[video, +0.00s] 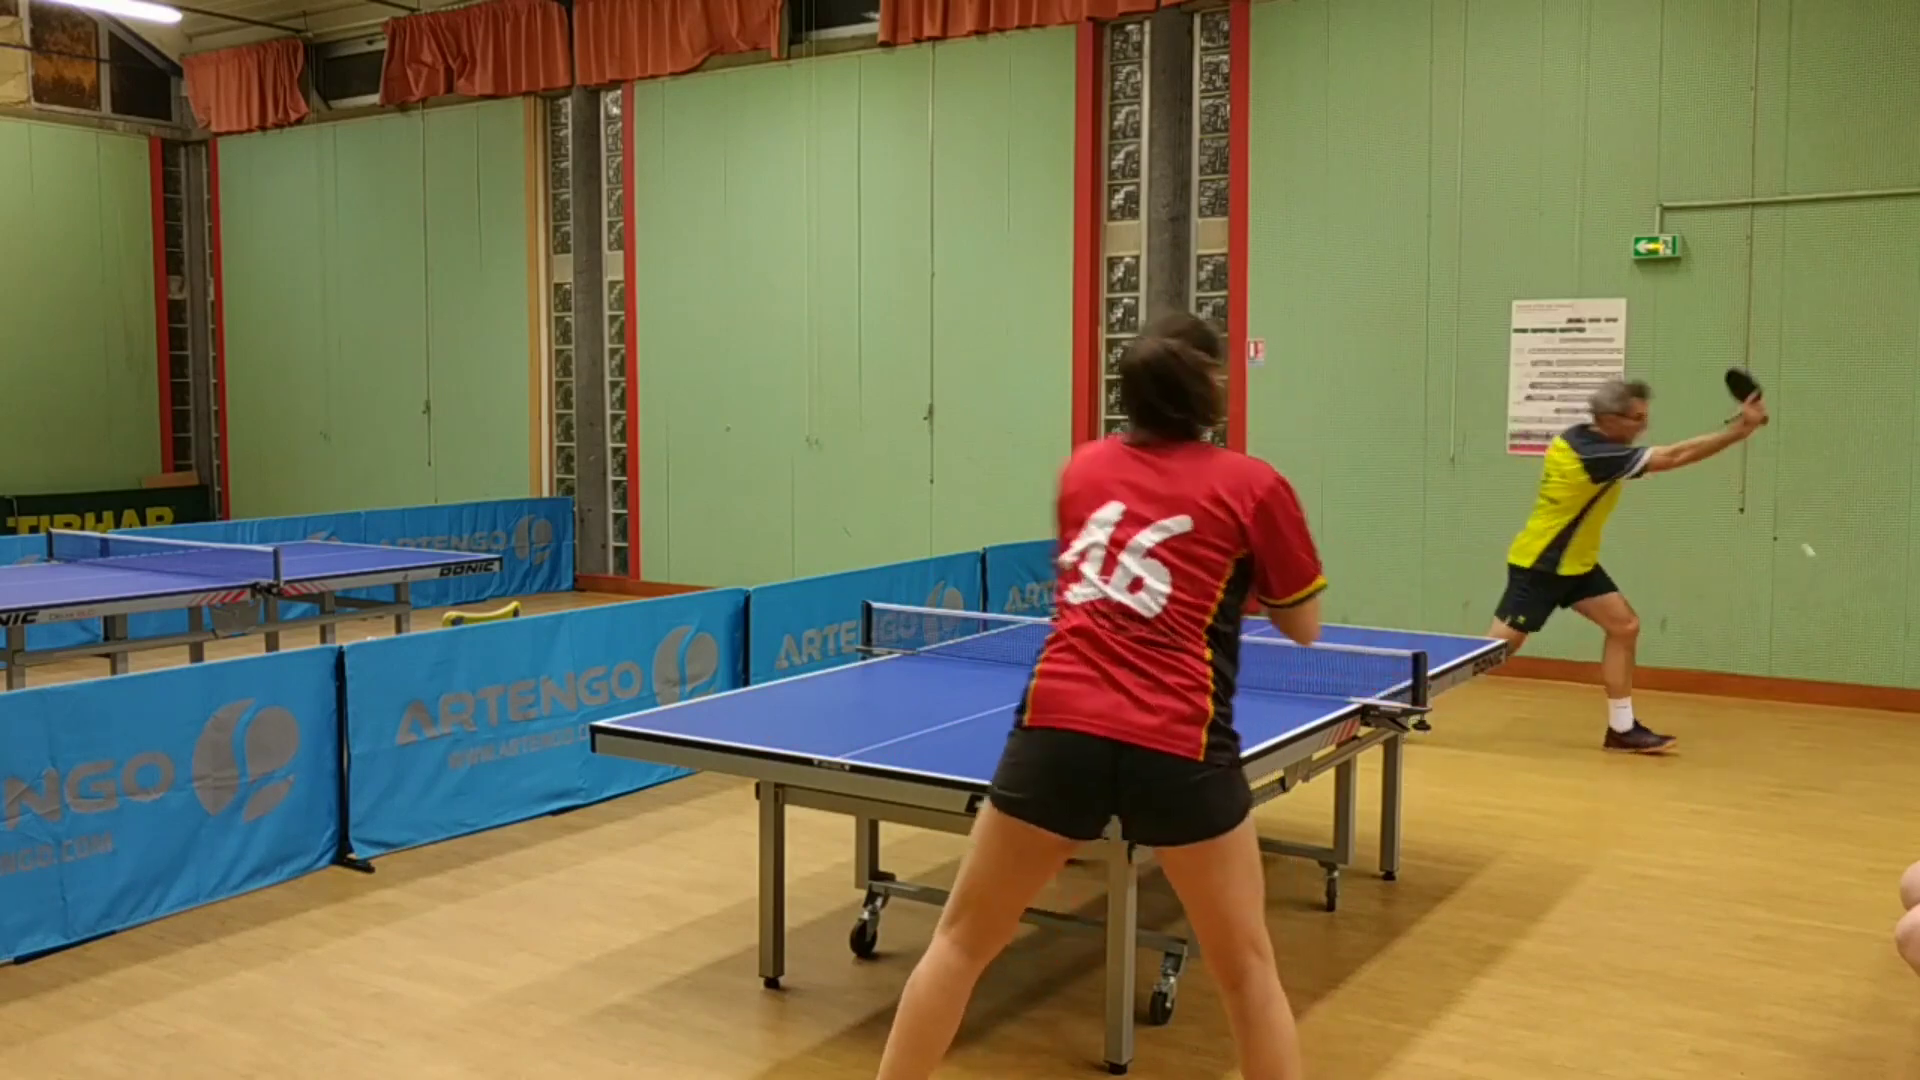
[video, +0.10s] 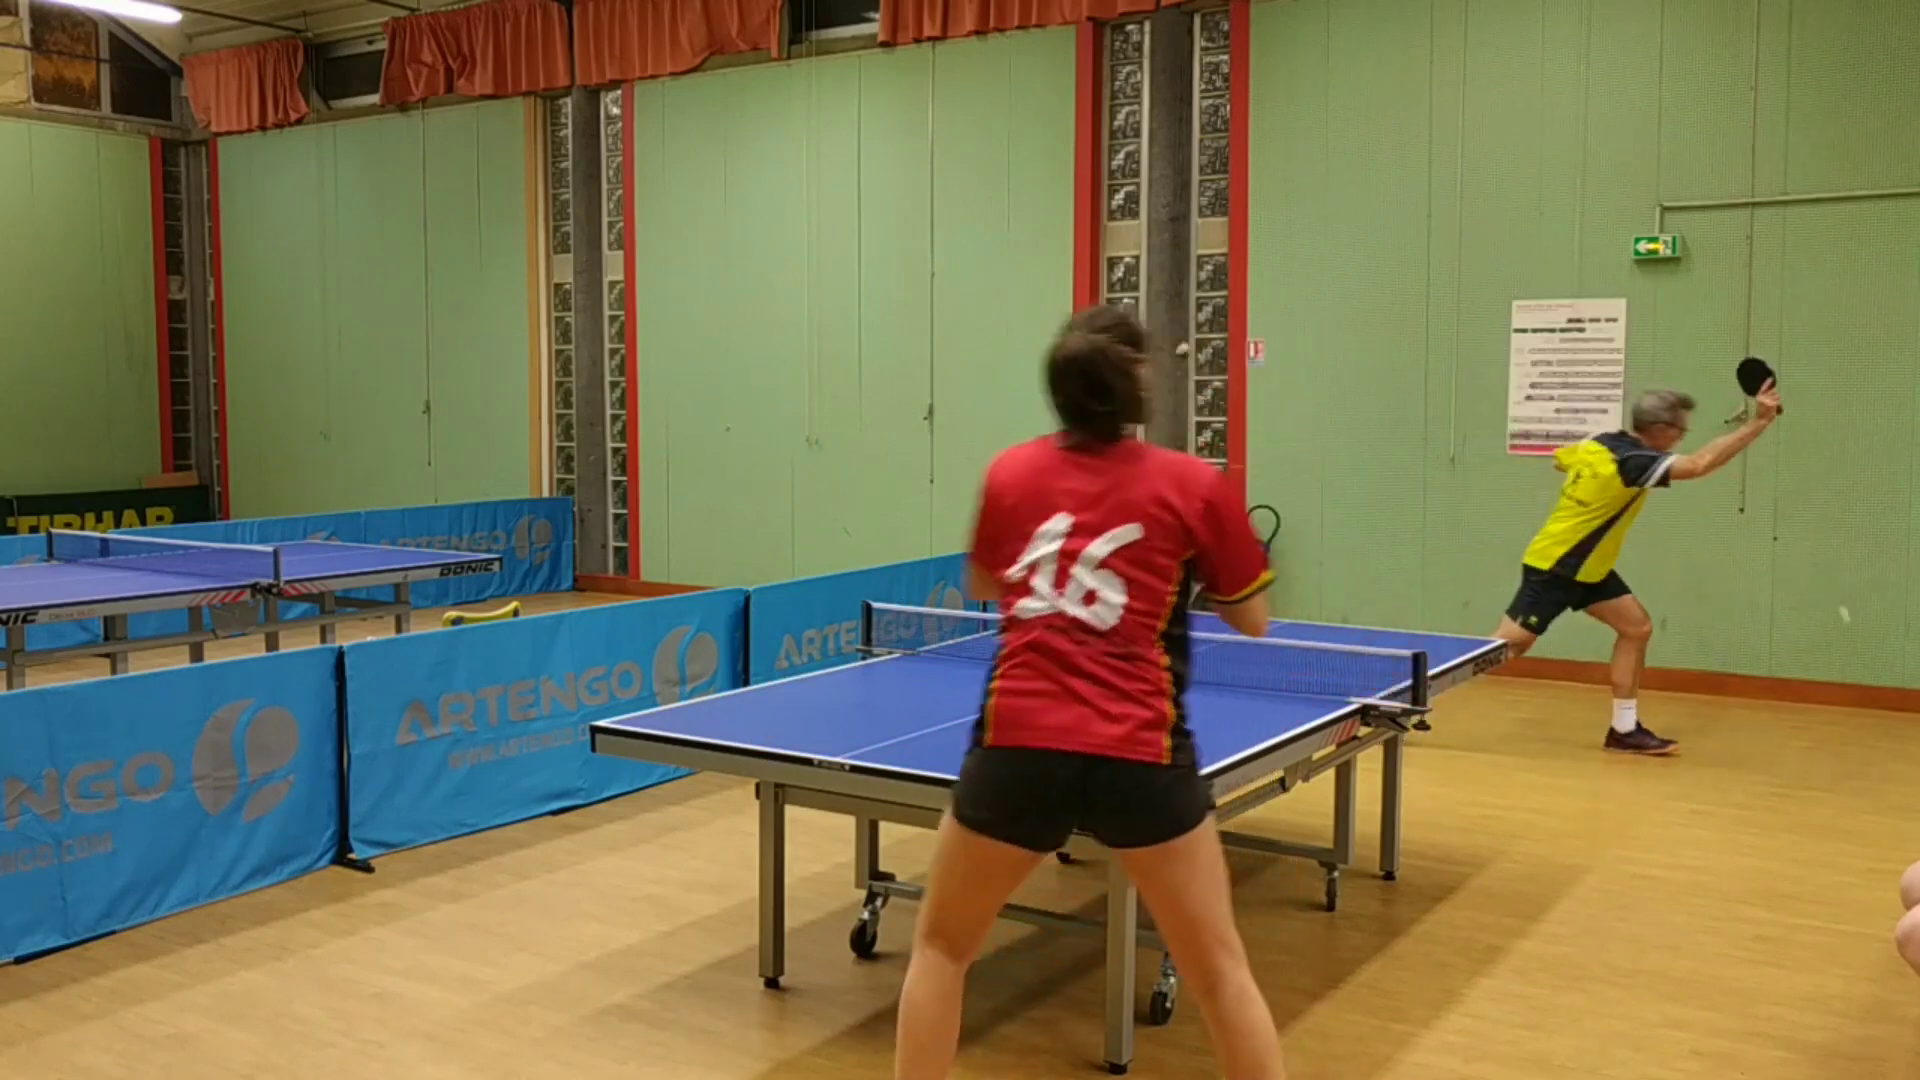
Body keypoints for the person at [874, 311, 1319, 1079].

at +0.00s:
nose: (1227, 381)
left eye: (1222, 370)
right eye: (1222, 372)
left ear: (1128, 392)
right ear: (1212, 391)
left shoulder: (1084, 468)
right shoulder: (1252, 486)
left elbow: (1100, 575)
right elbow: (1303, 623)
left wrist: (1224, 571)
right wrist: (1231, 571)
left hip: (1056, 736)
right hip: (1180, 752)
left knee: (960, 943)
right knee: (1247, 969)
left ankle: (893, 1074)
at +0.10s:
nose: (1150, 376)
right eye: (1146, 367)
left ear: (1058, 388)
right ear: (1139, 384)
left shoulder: (1013, 473)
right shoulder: (1193, 485)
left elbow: (985, 583)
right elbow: (1251, 617)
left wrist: (1081, 562)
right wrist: (1195, 561)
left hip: (1018, 759)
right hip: (1139, 764)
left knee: (942, 950)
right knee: (1221, 971)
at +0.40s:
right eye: (919, 356)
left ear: (843, 370)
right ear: (925, 367)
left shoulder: (808, 474)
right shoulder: (982, 468)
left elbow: (758, 629)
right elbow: (1037, 603)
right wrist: (956, 605)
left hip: (864, 755)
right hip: (970, 746)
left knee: (851, 967)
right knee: (982, 928)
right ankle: (1099, 1069)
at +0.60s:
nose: (719, 340)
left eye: (722, 327)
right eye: (722, 326)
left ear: (741, 342)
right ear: (806, 339)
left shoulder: (736, 448)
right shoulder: (853, 431)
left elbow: (727, 598)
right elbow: (902, 537)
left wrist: (660, 668)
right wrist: (851, 618)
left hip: (811, 729)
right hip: (875, 714)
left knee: (842, 967)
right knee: (744, 897)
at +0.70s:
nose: (653, 347)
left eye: (663, 333)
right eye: (657, 331)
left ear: (700, 352)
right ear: (723, 355)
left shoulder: (717, 454)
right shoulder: (777, 440)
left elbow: (719, 606)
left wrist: (619, 681)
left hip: (772, 742)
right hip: (753, 736)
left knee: (836, 966)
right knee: (683, 937)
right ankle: (651, 1074)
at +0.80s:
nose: (590, 359)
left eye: (604, 346)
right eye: (595, 344)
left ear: (652, 365)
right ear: (654, 367)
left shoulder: (686, 469)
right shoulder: (673, 463)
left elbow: (715, 622)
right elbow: (693, 621)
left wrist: (590, 699)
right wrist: (601, 709)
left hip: (719, 754)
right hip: (665, 750)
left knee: (789, 970)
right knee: (607, 950)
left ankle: (874, 1072)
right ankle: (579, 1079)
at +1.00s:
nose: (466, 358)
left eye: (486, 343)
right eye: (469, 341)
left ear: (548, 359)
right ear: (534, 360)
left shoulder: (595, 463)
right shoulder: (515, 467)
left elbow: (658, 618)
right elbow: (508, 613)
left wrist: (561, 728)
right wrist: (456, 705)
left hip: (590, 771)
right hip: (507, 763)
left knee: (544, 997)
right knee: (487, 969)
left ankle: (723, 1076)